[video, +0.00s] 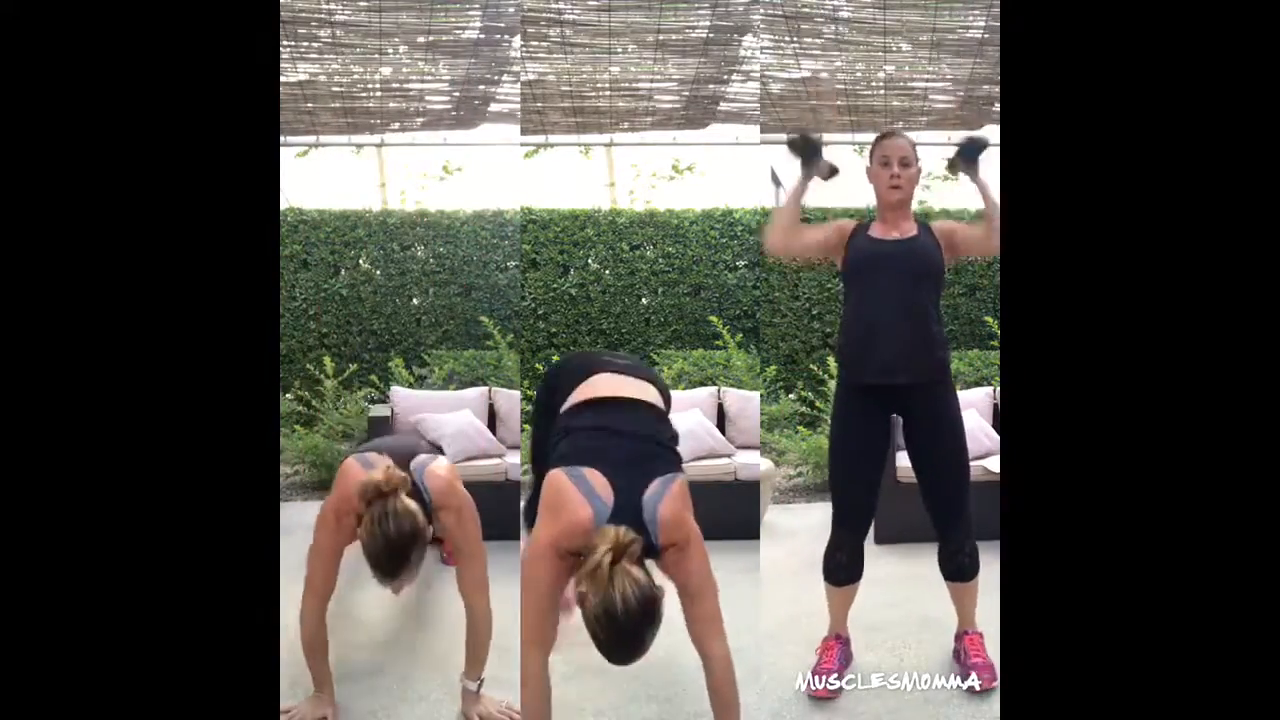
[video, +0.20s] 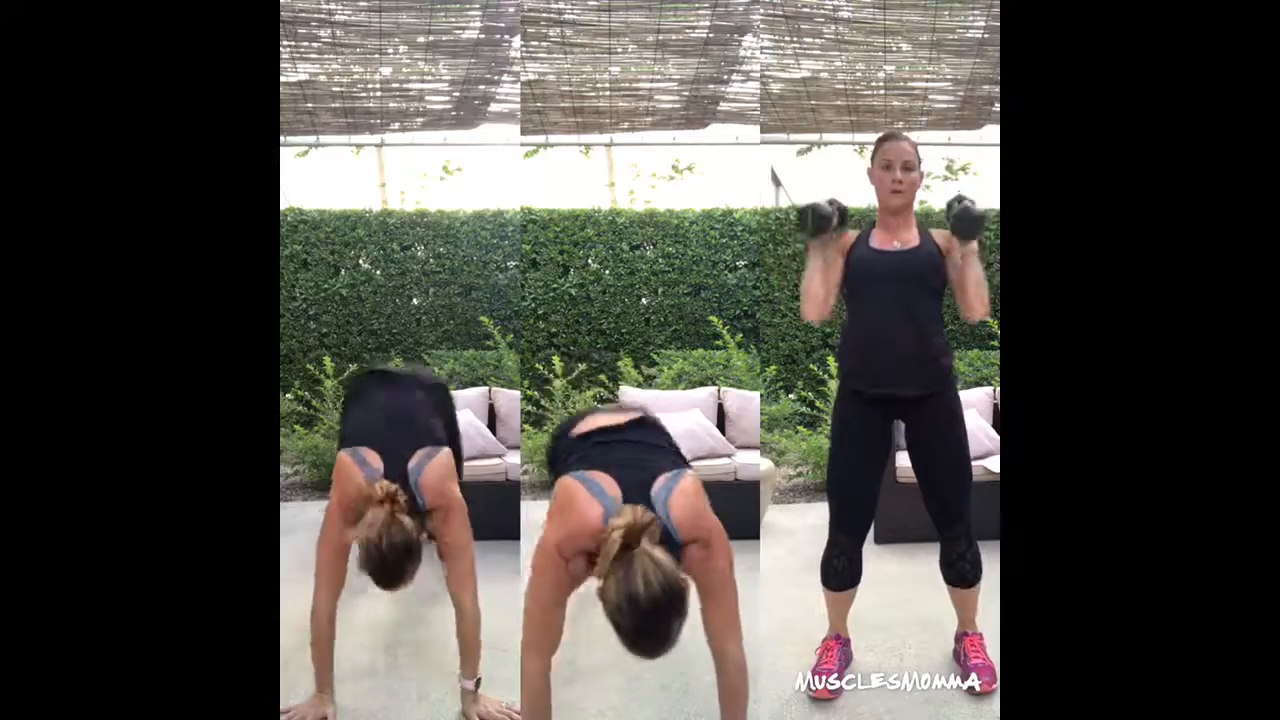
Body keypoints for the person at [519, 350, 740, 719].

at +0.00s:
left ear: (657, 591)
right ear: (582, 590)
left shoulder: (677, 529)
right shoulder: (553, 531)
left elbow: (714, 649)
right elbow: (534, 658)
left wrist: (729, 716)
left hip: (647, 382)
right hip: (571, 377)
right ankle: (561, 590)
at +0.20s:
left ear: (684, 579)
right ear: (601, 589)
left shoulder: (700, 529)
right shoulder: (567, 536)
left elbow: (728, 648)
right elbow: (535, 657)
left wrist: (734, 715)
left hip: (649, 429)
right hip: (575, 434)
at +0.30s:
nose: (650, 634)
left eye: (661, 621)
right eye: (636, 624)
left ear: (682, 556)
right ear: (599, 567)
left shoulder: (694, 513)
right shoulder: (569, 523)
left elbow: (727, 647)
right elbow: (537, 656)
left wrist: (733, 715)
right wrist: (531, 715)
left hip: (660, 464)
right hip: (587, 468)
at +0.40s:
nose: (646, 625)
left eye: (660, 608)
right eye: (628, 612)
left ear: (679, 553)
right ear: (597, 561)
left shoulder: (701, 524)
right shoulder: (566, 530)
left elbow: (730, 646)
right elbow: (539, 652)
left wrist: (735, 716)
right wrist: (537, 717)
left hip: (670, 479)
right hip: (595, 480)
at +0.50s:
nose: (647, 625)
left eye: (661, 608)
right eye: (630, 612)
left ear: (681, 551)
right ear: (599, 561)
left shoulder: (704, 523)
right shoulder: (569, 527)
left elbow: (730, 647)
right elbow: (544, 648)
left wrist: (734, 716)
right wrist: (541, 717)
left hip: (672, 475)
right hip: (598, 474)